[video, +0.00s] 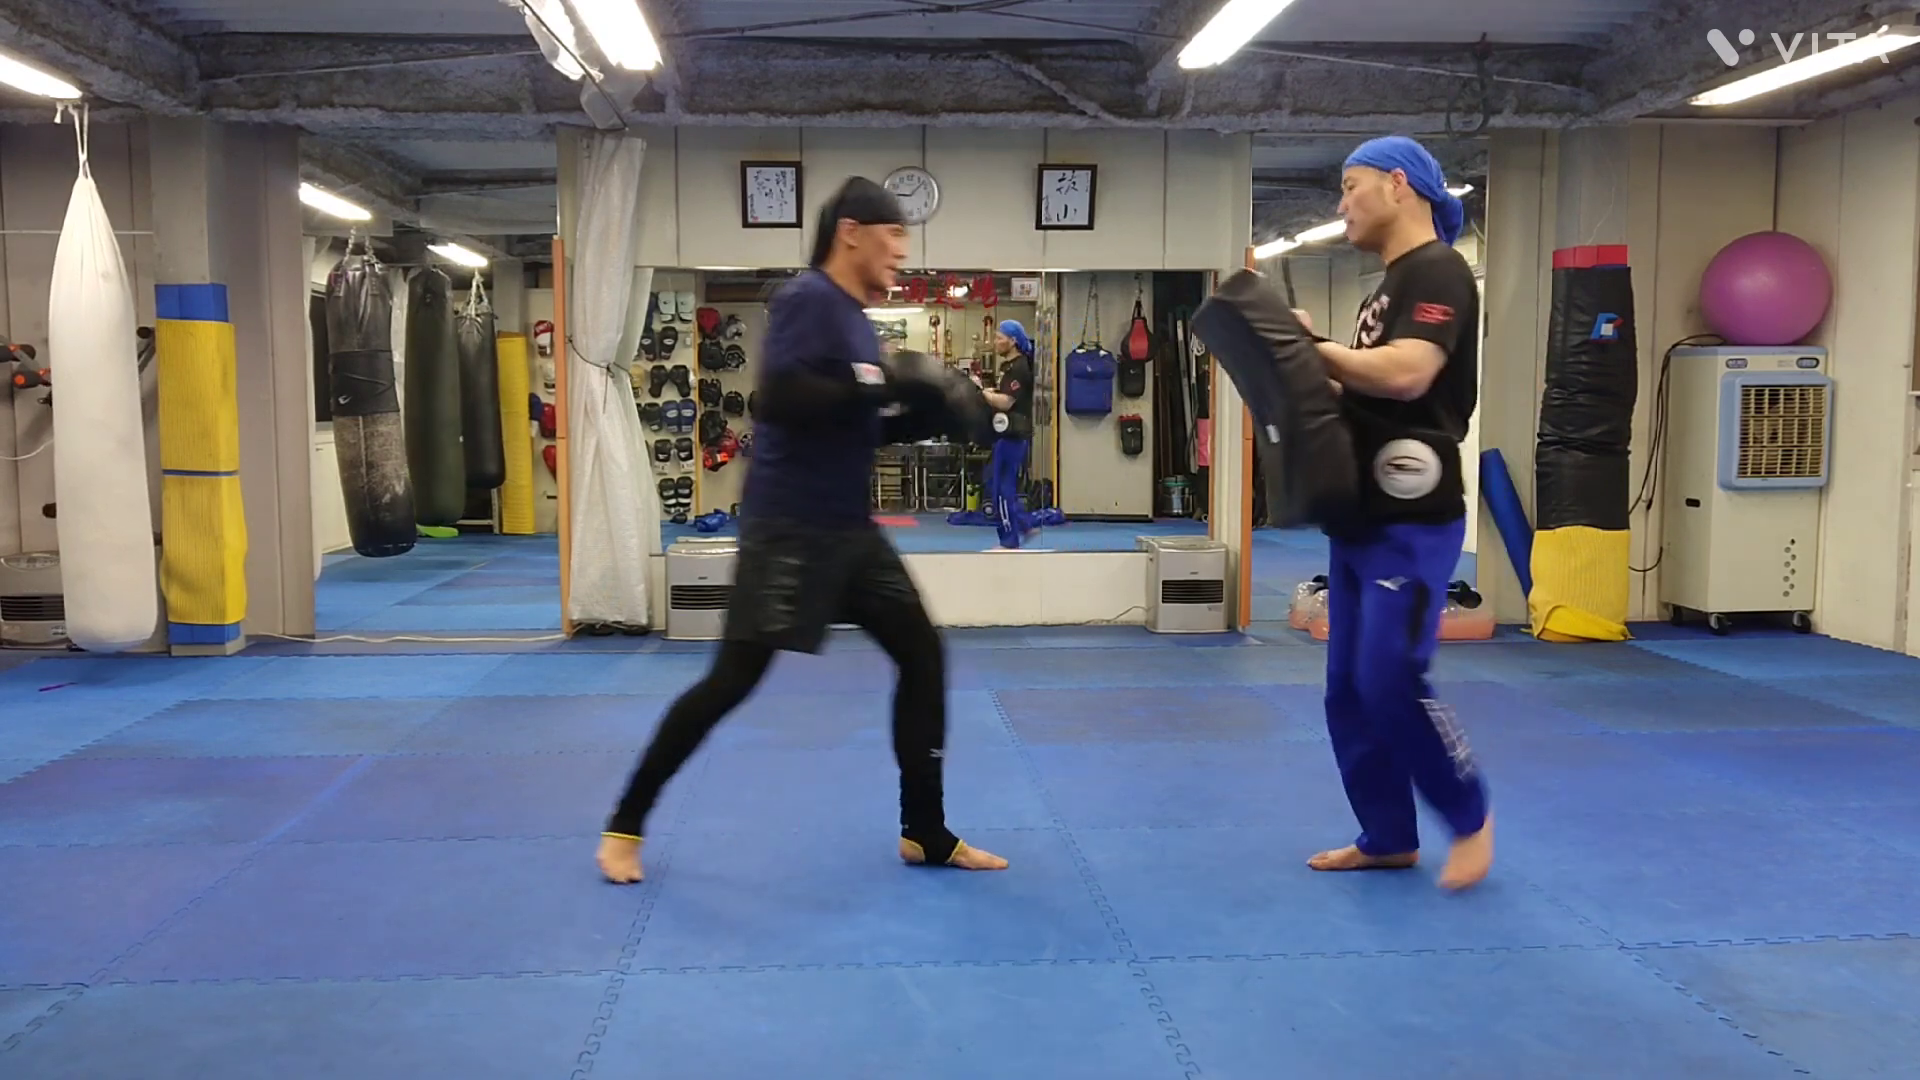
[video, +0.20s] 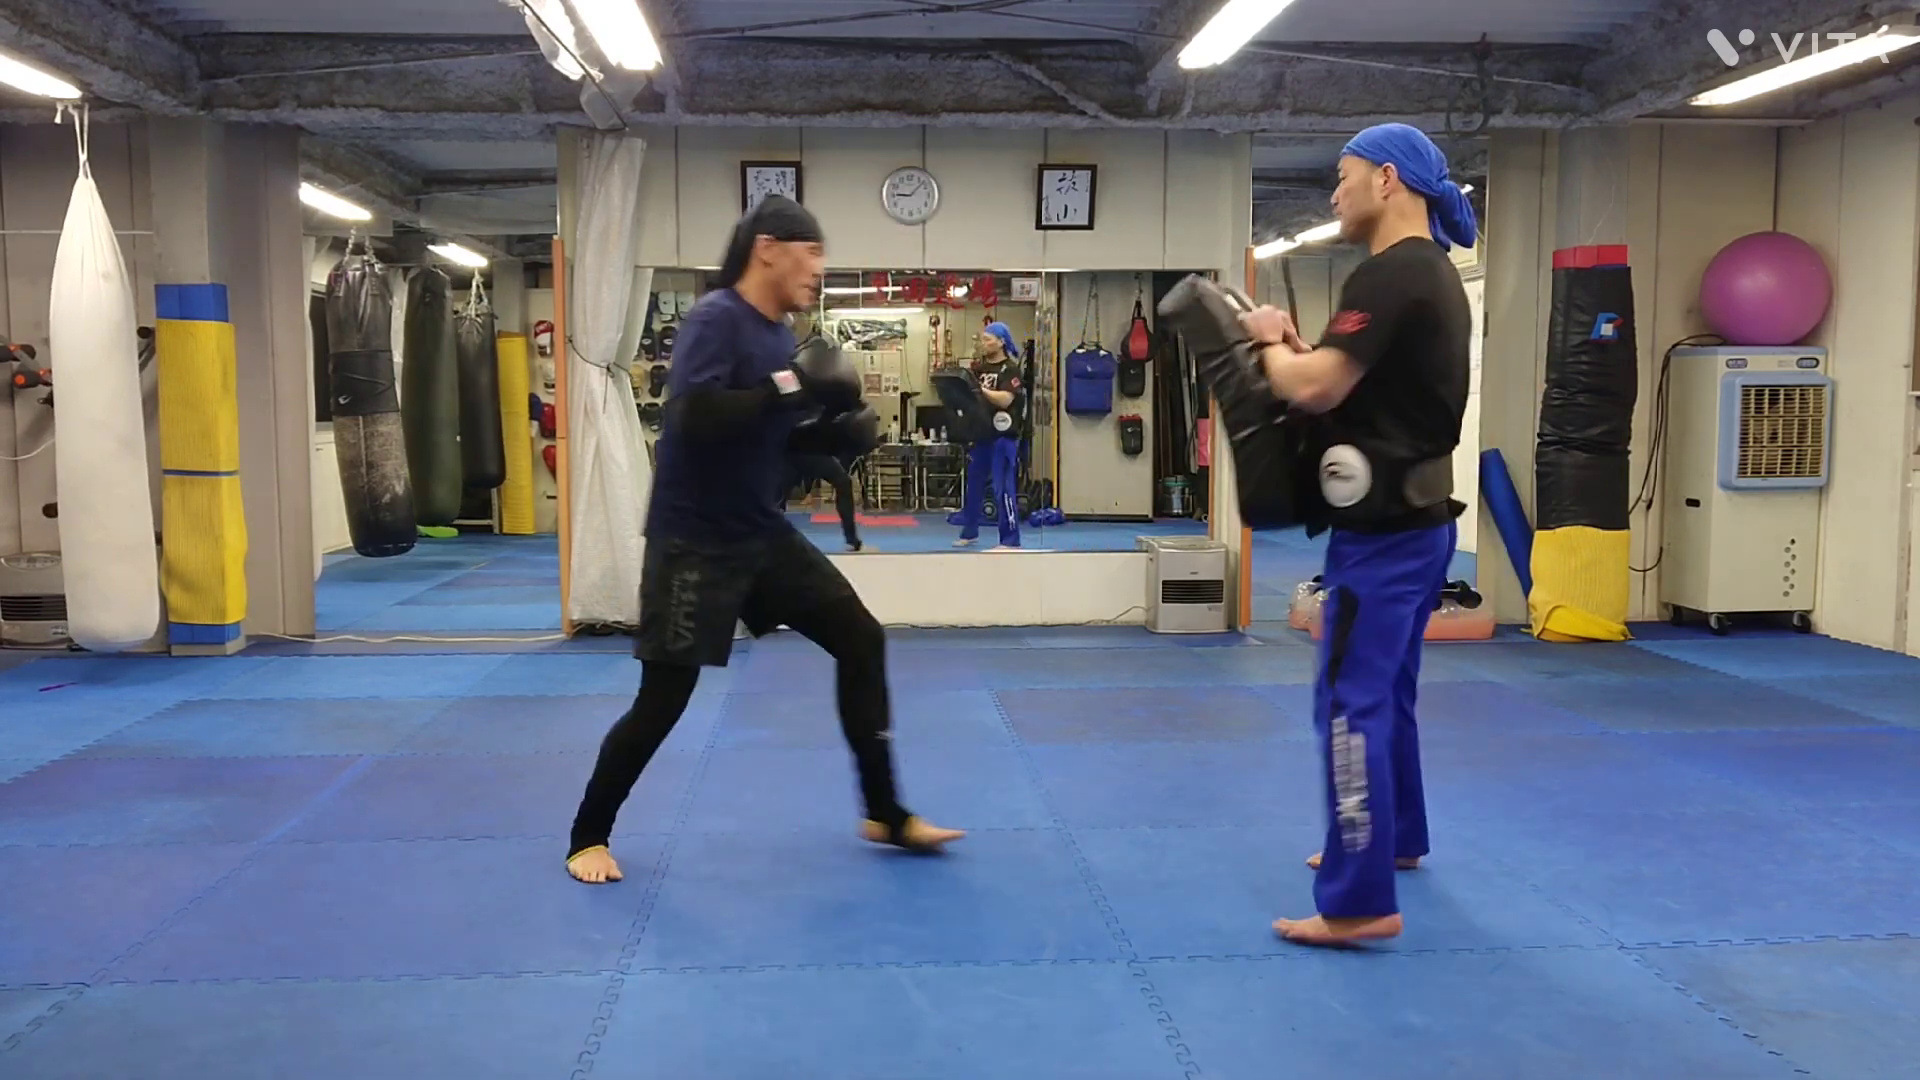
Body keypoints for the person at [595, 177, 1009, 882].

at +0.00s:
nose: (903, 254)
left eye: (905, 241)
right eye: (892, 238)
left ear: (861, 240)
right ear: (848, 234)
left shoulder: (858, 322)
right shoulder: (807, 300)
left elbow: (854, 429)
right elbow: (779, 393)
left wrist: (933, 413)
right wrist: (884, 385)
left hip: (850, 533)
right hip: (785, 532)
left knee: (921, 653)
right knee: (733, 680)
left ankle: (926, 831)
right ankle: (625, 823)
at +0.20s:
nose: (818, 275)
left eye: (820, 263)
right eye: (810, 260)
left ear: (787, 259)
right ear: (764, 251)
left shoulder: (779, 339)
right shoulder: (713, 319)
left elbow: (778, 434)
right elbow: (694, 416)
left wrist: (835, 433)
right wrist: (792, 388)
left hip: (761, 535)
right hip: (691, 541)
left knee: (862, 641)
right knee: (662, 701)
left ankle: (884, 814)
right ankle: (589, 839)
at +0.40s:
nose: (793, 242)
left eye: (797, 230)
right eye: (783, 228)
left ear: (777, 233)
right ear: (738, 222)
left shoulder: (771, 308)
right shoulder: (686, 294)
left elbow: (779, 403)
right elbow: (668, 393)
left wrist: (832, 375)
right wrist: (752, 344)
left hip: (758, 519)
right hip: (686, 522)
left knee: (804, 648)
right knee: (649, 680)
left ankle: (767, 789)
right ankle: (588, 835)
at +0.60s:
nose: (810, 256)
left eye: (816, 243)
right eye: (801, 241)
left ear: (799, 244)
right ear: (758, 232)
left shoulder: (783, 314)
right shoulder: (710, 303)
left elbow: (800, 410)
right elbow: (700, 399)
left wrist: (864, 373)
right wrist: (780, 356)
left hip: (767, 523)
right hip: (702, 525)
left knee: (786, 657)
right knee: (667, 677)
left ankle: (762, 798)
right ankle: (597, 835)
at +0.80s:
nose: (836, 258)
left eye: (842, 247)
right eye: (829, 243)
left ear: (807, 243)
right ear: (784, 233)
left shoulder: (795, 306)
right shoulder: (744, 293)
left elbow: (798, 406)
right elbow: (752, 388)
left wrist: (875, 388)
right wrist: (827, 327)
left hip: (771, 507)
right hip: (716, 508)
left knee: (781, 654)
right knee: (713, 660)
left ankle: (762, 797)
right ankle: (619, 815)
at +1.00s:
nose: (855, 247)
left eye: (859, 234)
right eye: (844, 233)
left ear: (836, 236)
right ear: (802, 230)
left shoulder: (826, 302)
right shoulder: (769, 288)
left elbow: (850, 380)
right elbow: (743, 383)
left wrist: (901, 361)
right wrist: (836, 386)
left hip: (796, 501)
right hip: (757, 501)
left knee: (797, 645)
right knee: (790, 645)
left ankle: (763, 799)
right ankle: (736, 815)